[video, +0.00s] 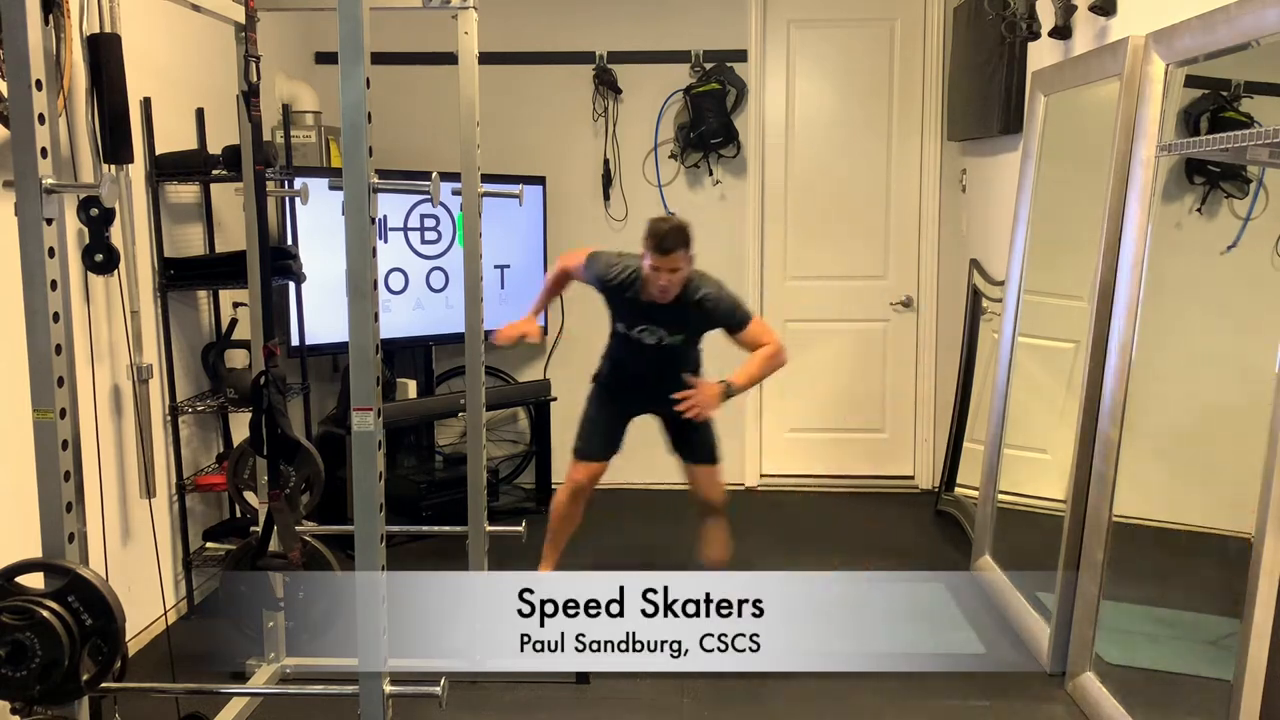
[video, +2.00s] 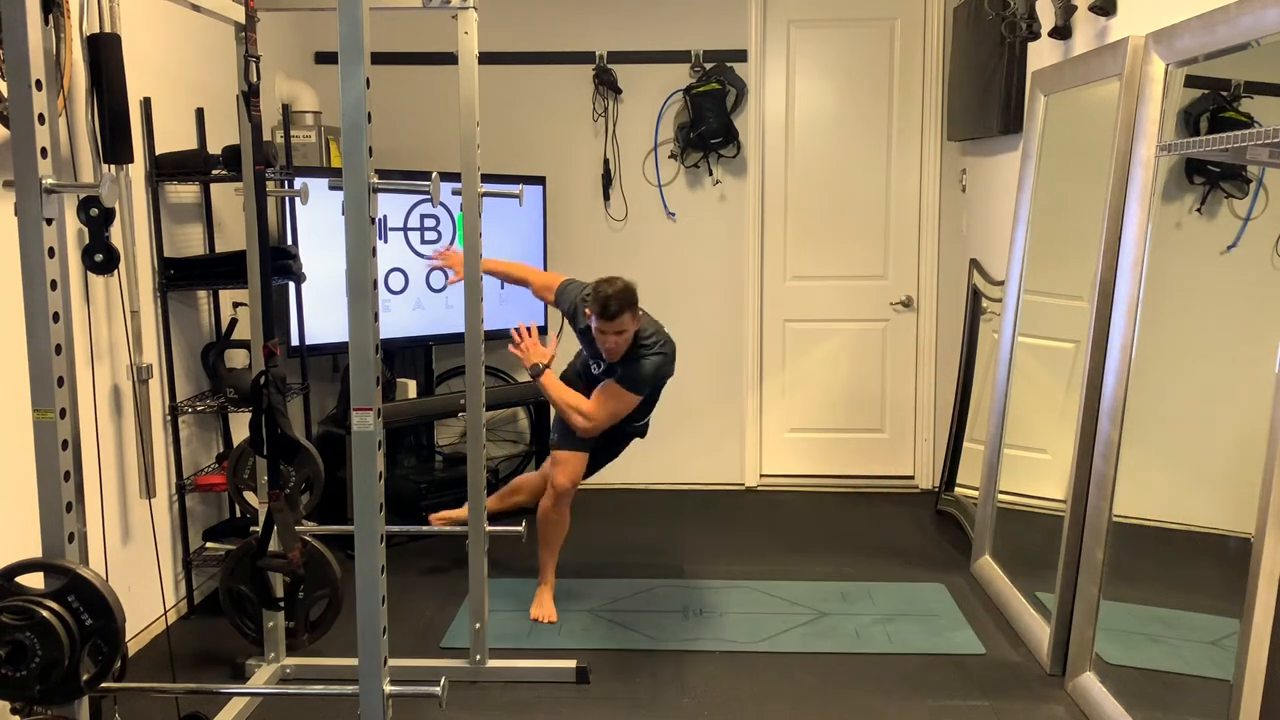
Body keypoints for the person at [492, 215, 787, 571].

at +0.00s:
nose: (665, 280)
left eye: (674, 271)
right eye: (656, 269)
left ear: (689, 262)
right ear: (644, 258)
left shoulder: (707, 296)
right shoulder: (617, 274)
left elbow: (774, 352)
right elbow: (565, 266)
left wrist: (724, 389)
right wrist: (533, 316)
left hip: (679, 393)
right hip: (616, 387)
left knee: (712, 498)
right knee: (578, 482)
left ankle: (715, 590)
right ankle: (545, 572)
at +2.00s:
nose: (610, 344)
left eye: (619, 334)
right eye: (602, 334)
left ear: (636, 322)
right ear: (590, 318)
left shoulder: (654, 356)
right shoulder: (581, 304)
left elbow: (589, 420)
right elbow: (531, 279)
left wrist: (540, 370)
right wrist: (473, 264)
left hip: (620, 423)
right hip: (580, 387)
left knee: (546, 479)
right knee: (562, 485)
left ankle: (474, 511)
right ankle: (546, 584)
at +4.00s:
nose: (693, 291)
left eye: (702, 281)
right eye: (684, 281)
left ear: (713, 270)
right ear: (666, 268)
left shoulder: (733, 288)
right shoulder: (633, 296)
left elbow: (794, 323)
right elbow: (558, 356)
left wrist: (793, 395)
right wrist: (560, 435)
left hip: (695, 390)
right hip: (631, 392)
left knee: (746, 480)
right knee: (591, 488)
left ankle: (785, 554)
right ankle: (546, 587)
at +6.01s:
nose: (786, 301)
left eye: (794, 290)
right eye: (776, 291)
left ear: (803, 278)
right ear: (756, 280)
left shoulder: (813, 281)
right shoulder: (734, 329)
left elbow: (838, 268)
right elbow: (764, 417)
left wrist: (843, 295)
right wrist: (845, 414)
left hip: (795, 390)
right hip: (737, 405)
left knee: (835, 500)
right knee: (732, 508)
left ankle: (873, 593)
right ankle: (761, 498)